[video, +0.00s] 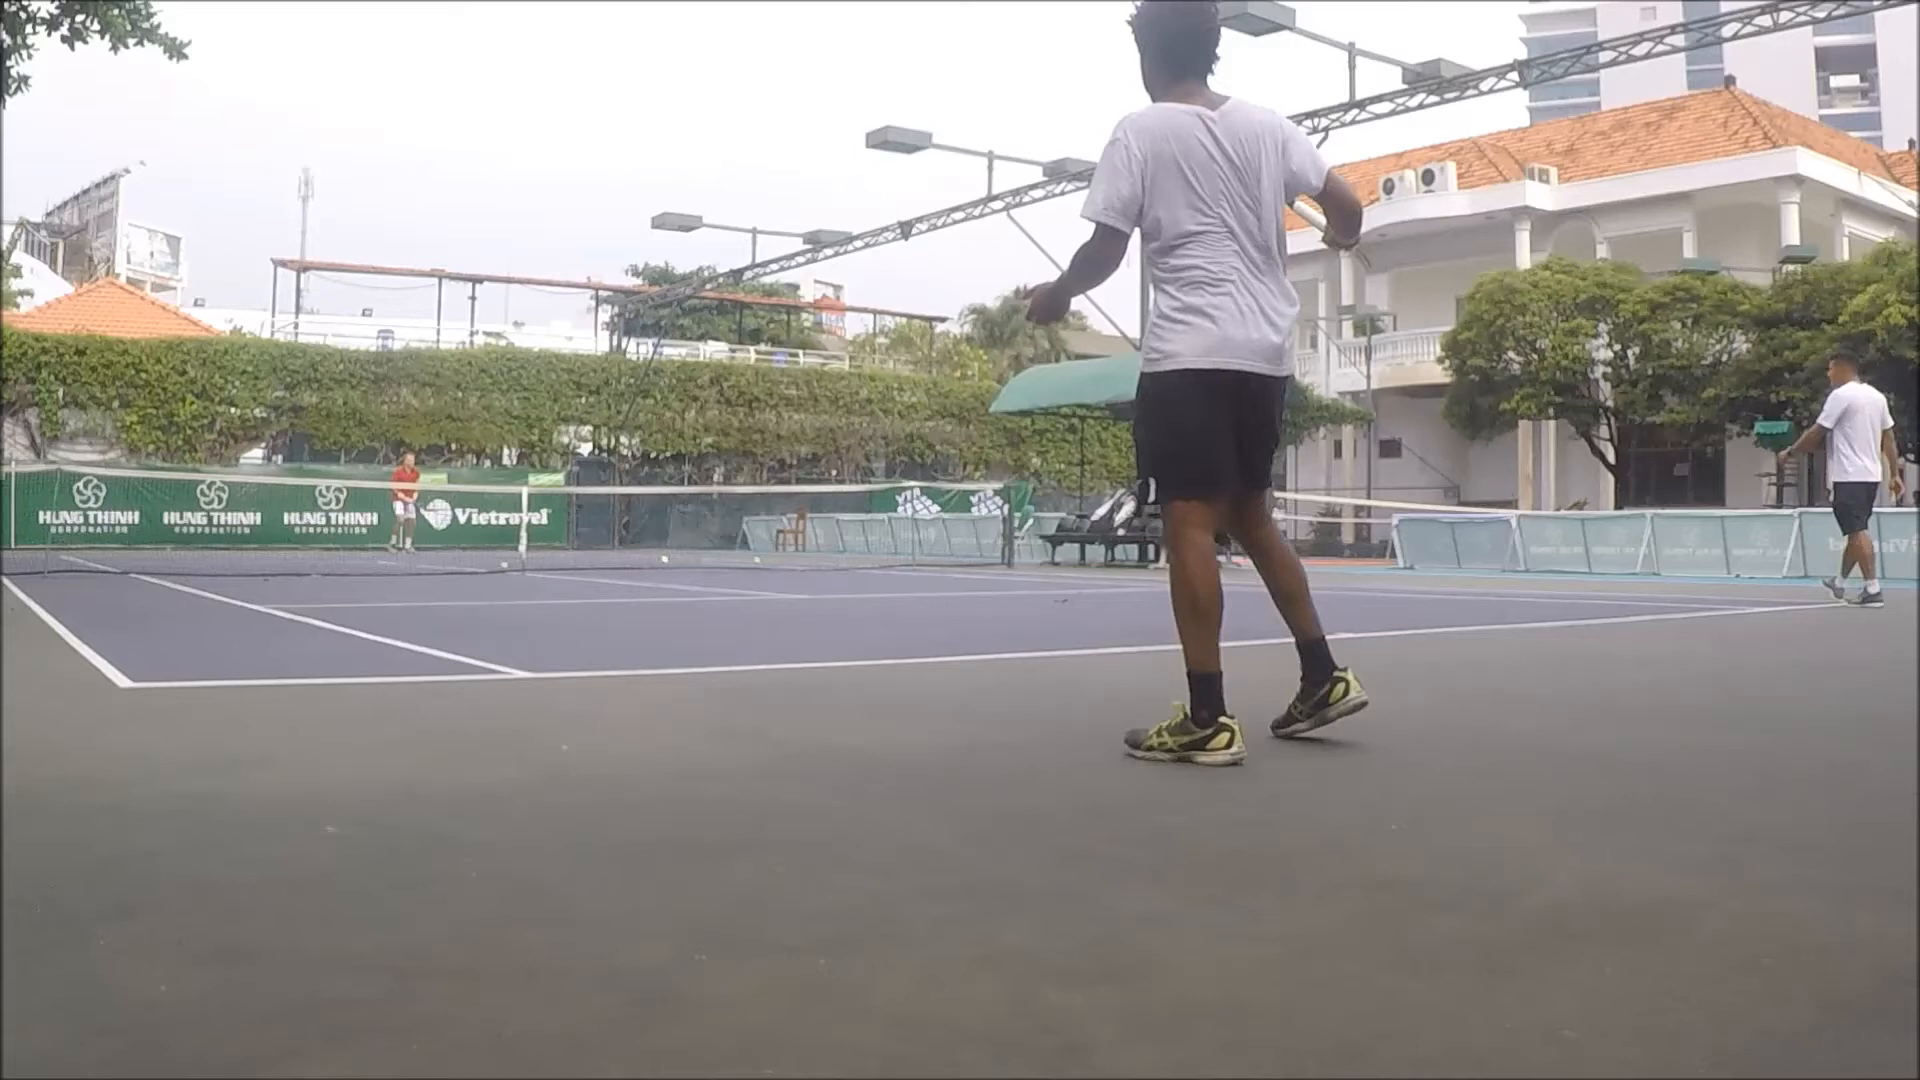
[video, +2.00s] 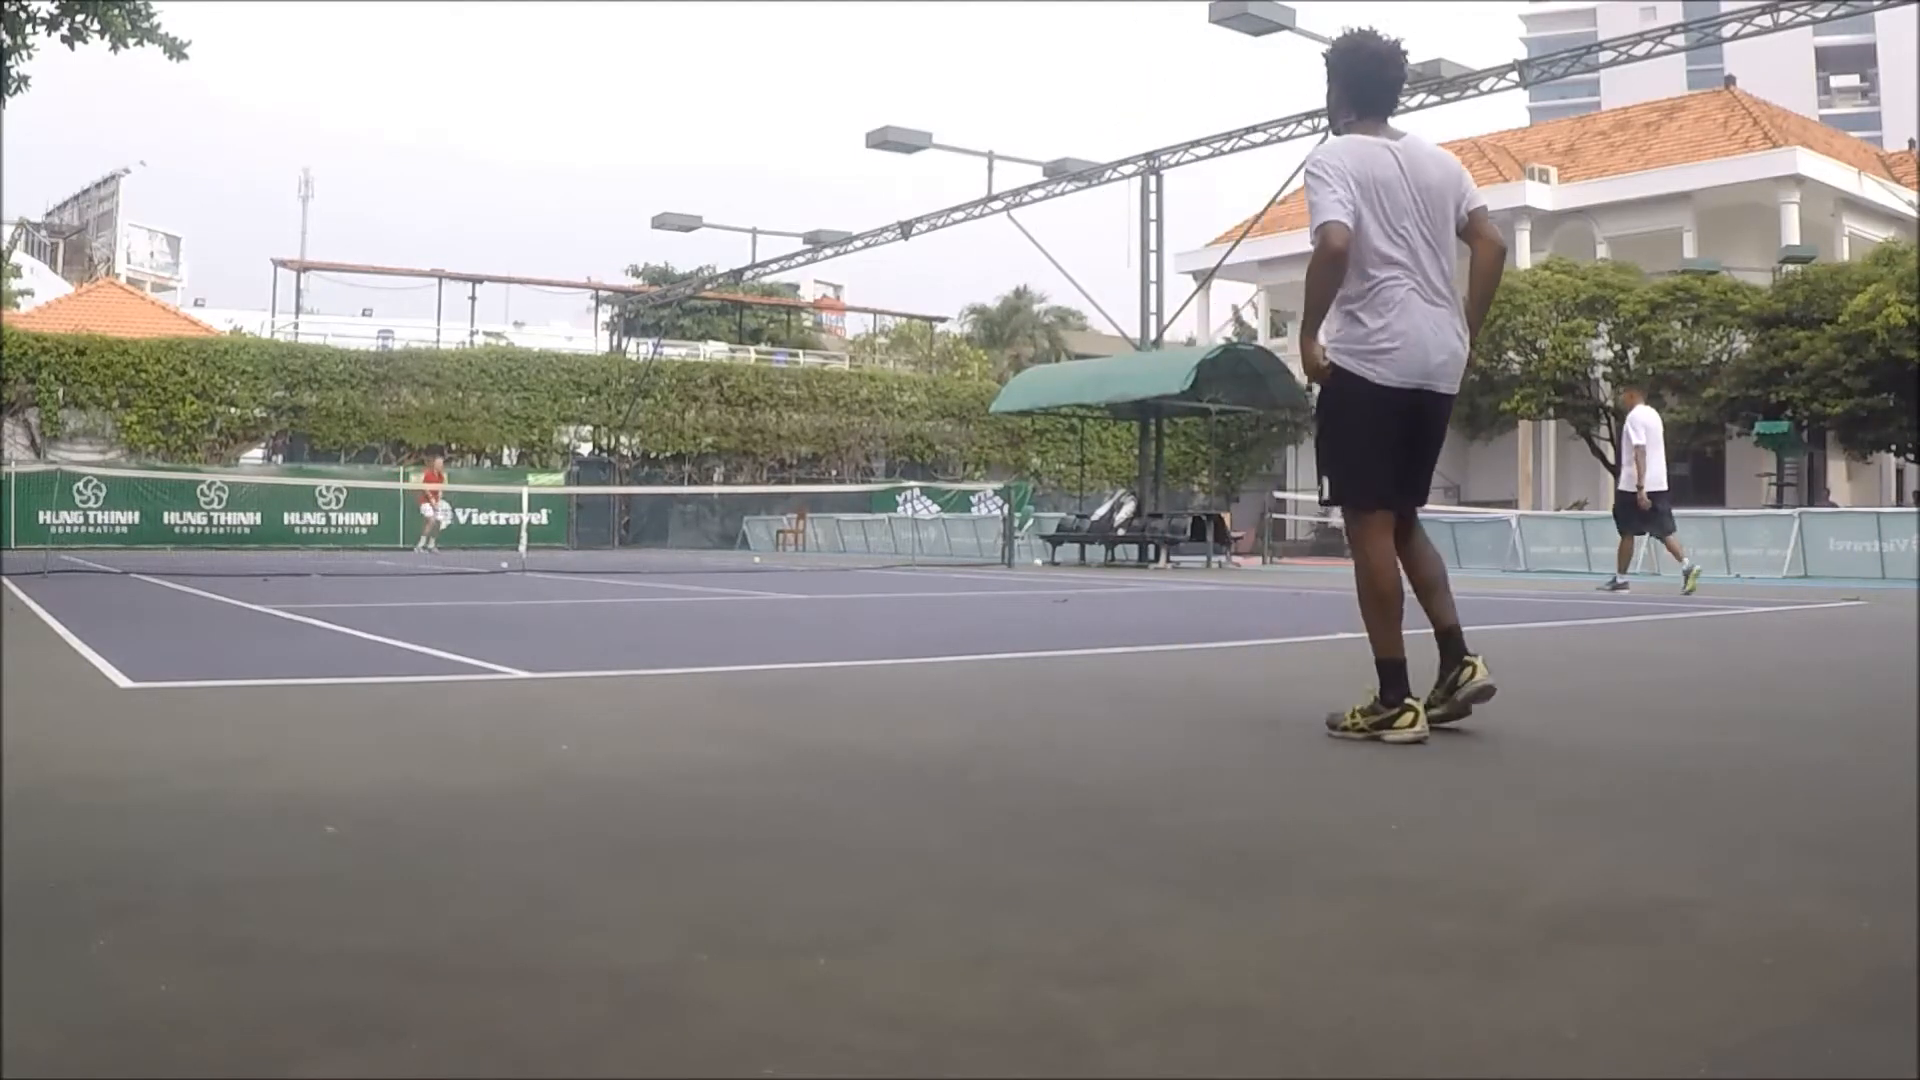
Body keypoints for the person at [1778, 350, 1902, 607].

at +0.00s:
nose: (1828, 374)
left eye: (1831, 369)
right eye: (1829, 369)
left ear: (1843, 370)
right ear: (1852, 370)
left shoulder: (1840, 395)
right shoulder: (1878, 396)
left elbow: (1816, 432)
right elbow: (1888, 439)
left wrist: (1790, 451)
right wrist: (1894, 474)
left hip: (1848, 477)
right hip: (1871, 476)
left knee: (1857, 532)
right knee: (1855, 533)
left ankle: (1872, 588)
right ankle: (1839, 583)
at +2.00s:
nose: (1623, 400)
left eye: (1624, 396)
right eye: (1623, 396)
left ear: (1632, 396)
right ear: (1641, 397)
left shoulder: (1634, 417)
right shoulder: (1653, 414)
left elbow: (1639, 452)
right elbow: (1653, 451)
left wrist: (1641, 488)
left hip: (1633, 487)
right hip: (1656, 486)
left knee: (1626, 534)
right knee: (1664, 532)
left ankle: (1620, 578)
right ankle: (1687, 566)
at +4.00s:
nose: (1411, 504)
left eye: (1410, 500)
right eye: (1408, 502)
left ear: (1414, 489)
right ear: (1413, 487)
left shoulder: (1434, 493)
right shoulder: (1421, 480)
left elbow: (1436, 530)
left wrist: (1436, 565)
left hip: (1478, 490)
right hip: (1458, 494)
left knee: (1464, 527)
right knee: (1445, 529)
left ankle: (1474, 575)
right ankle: (1447, 573)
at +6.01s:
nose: (1447, 410)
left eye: (1450, 406)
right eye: (1447, 406)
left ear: (1461, 407)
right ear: (1455, 408)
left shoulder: (1475, 425)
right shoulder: (1451, 426)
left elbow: (1500, 446)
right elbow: (1454, 450)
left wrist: (1484, 467)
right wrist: (1449, 469)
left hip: (1470, 487)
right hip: (1451, 487)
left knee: (1476, 533)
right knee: (1452, 533)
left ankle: (1477, 572)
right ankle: (1452, 571)